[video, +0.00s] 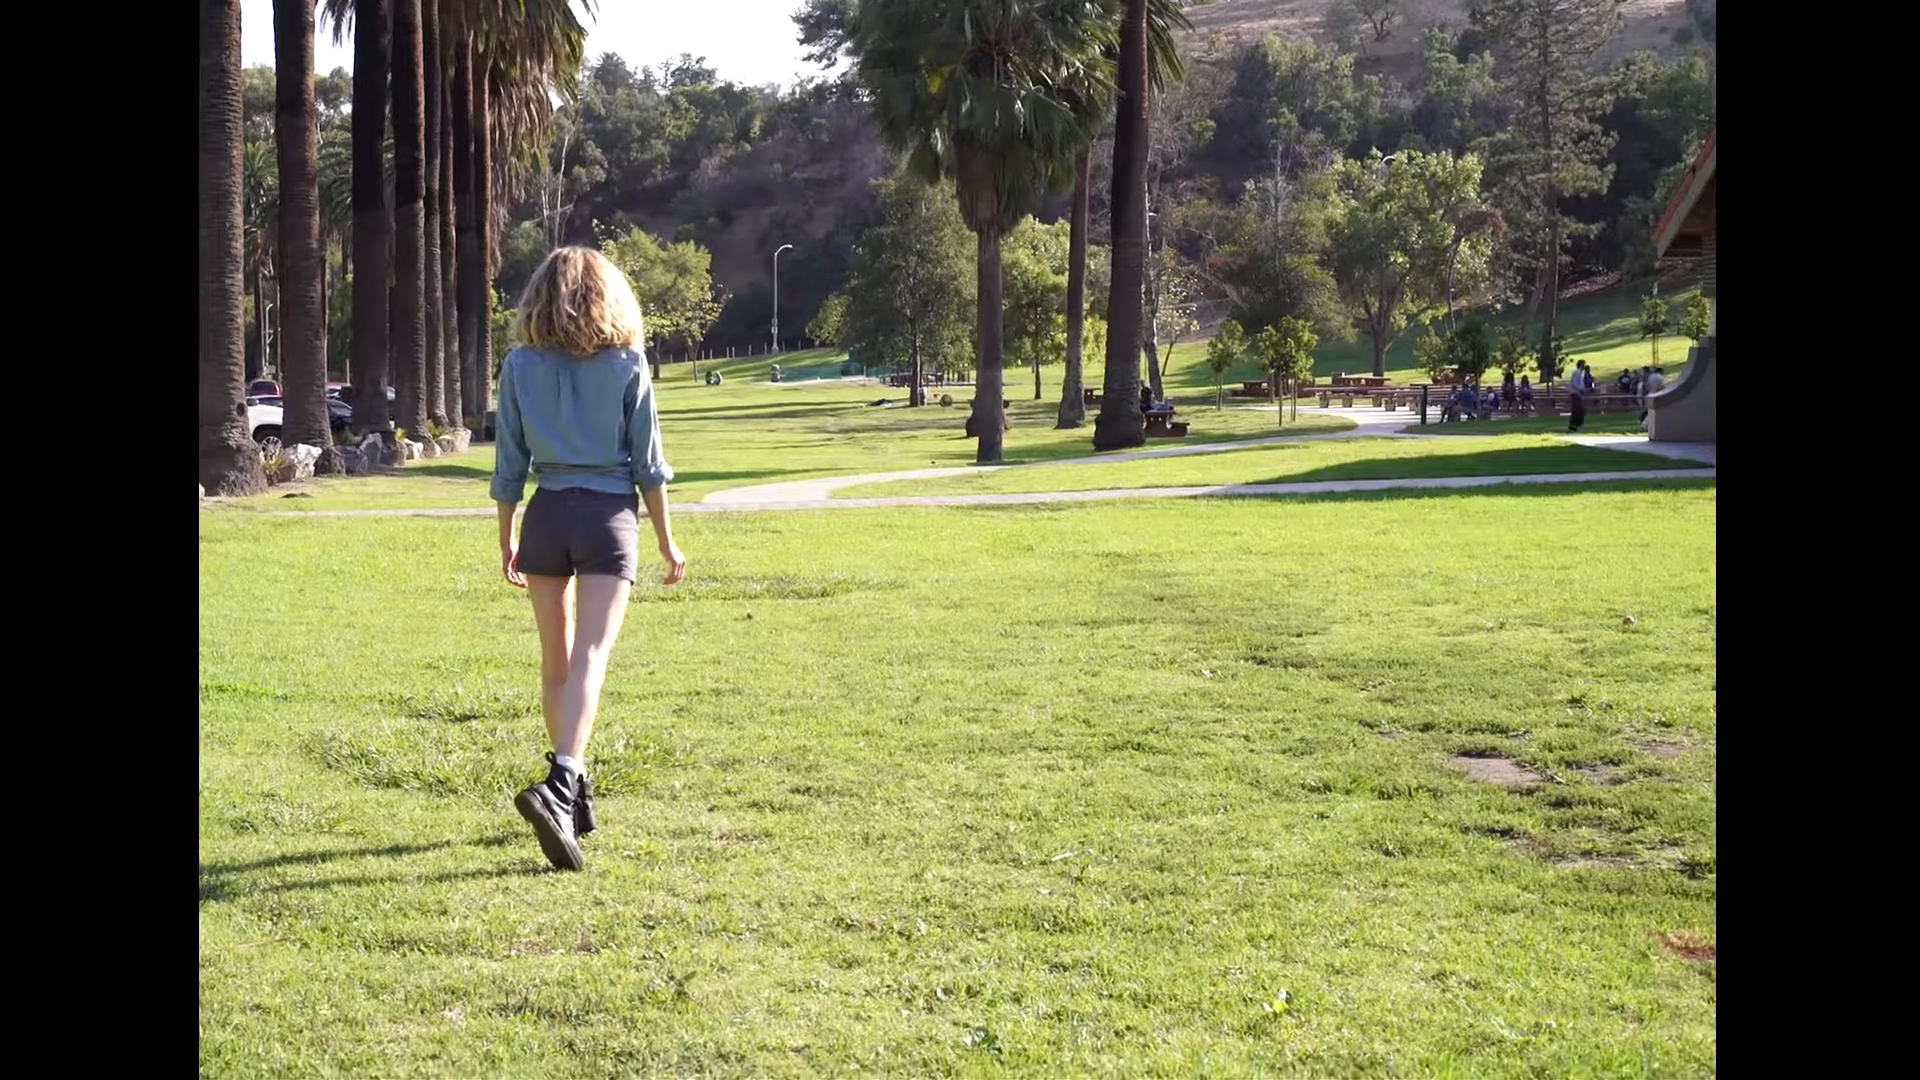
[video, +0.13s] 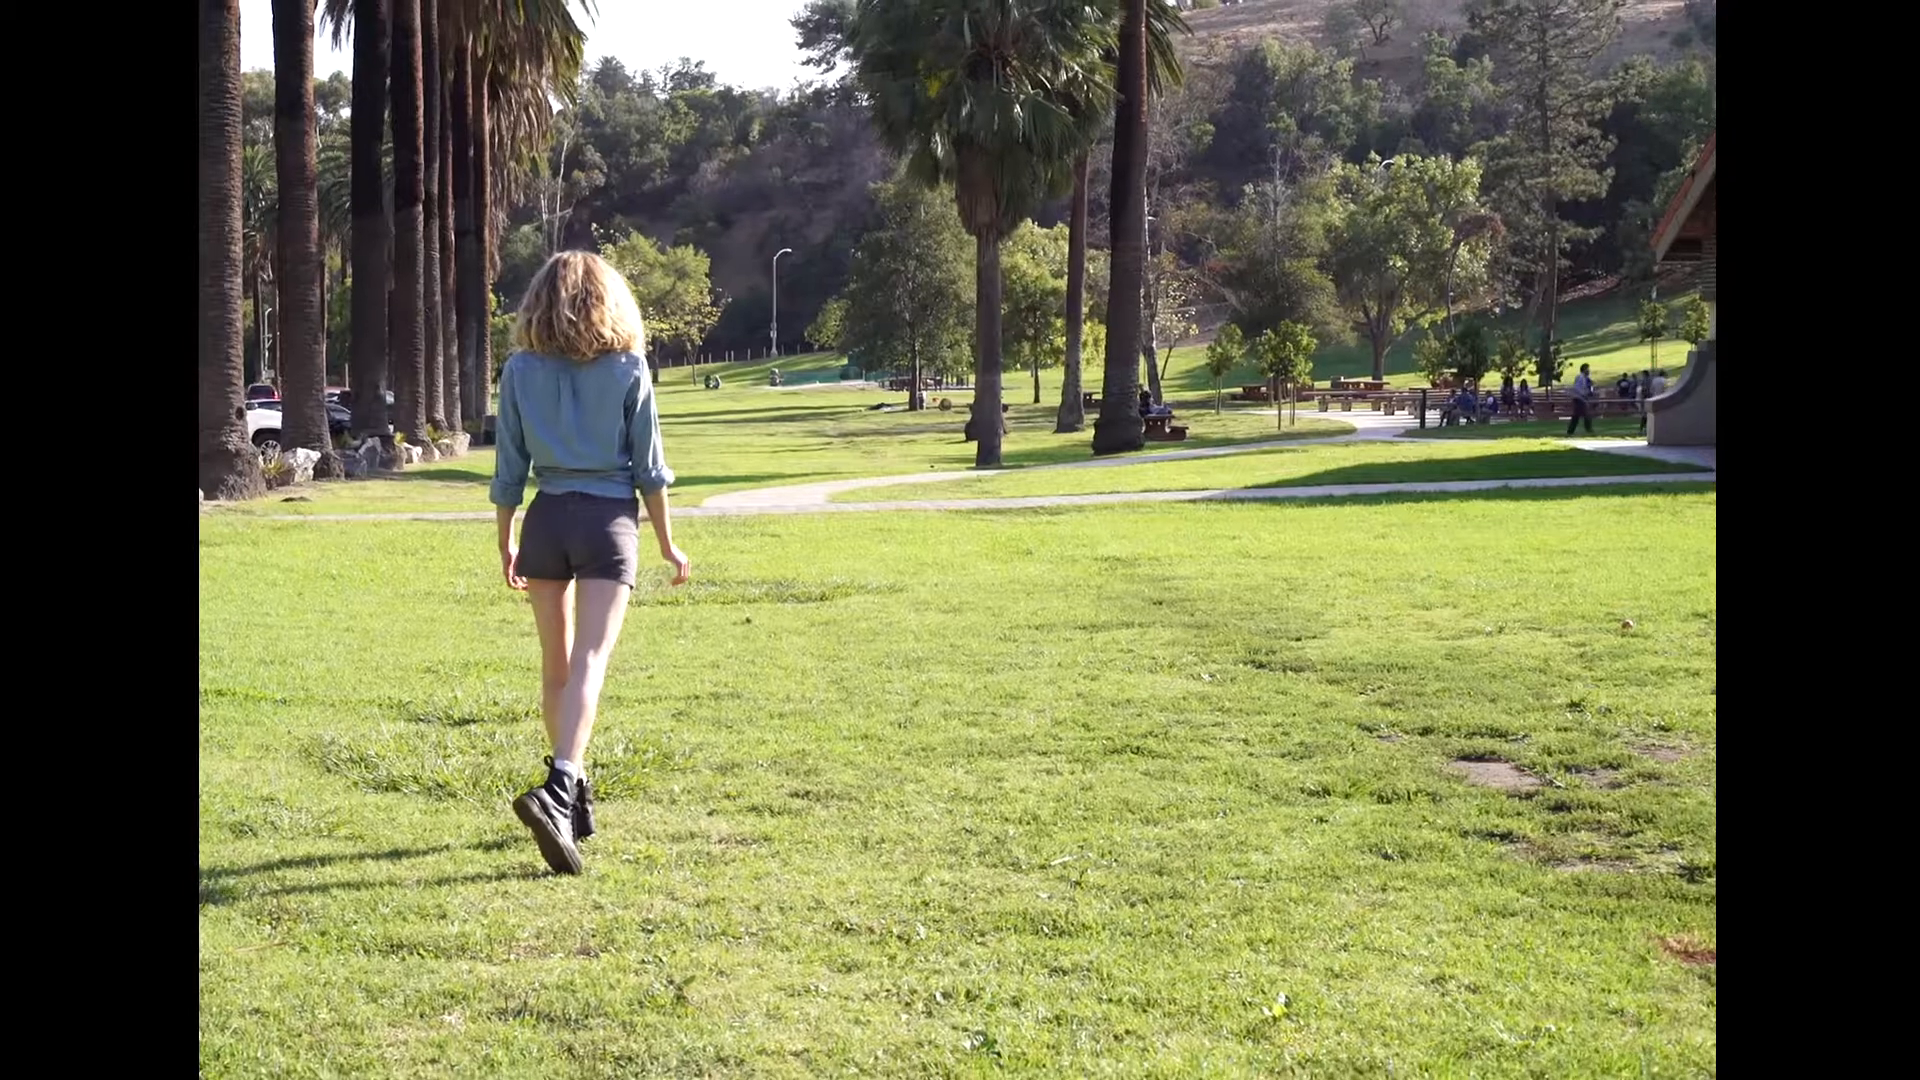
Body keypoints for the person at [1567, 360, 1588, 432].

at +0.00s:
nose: (1584, 366)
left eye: (1584, 364)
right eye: (1583, 364)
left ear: (1579, 365)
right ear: (1580, 365)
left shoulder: (1580, 373)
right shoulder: (1577, 373)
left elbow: (1579, 382)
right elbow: (1574, 383)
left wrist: (1582, 388)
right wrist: (1580, 388)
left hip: (1578, 394)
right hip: (1575, 394)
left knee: (1577, 411)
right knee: (1577, 411)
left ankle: (1574, 426)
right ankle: (1573, 426)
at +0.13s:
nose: (1588, 371)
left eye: (1588, 369)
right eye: (1587, 369)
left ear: (1584, 369)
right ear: (1583, 370)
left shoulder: (1586, 379)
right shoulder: (1580, 378)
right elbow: (1577, 388)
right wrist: (1585, 393)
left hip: (1582, 398)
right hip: (1578, 398)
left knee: (1576, 416)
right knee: (1587, 415)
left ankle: (1570, 431)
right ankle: (1589, 430)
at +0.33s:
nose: (1597, 372)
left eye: (1597, 370)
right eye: (1596, 370)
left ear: (1592, 371)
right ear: (1592, 371)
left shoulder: (1591, 379)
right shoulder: (1587, 379)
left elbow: (1588, 390)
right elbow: (1582, 390)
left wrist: (1590, 398)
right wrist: (1588, 398)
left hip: (1588, 401)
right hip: (1585, 401)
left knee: (1580, 417)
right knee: (1593, 417)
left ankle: (1571, 432)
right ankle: (1598, 432)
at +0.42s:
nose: (1601, 372)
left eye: (1601, 370)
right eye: (1600, 370)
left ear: (1595, 370)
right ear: (1597, 371)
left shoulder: (1591, 378)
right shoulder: (1594, 379)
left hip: (1588, 400)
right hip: (1592, 400)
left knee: (1583, 416)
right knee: (1597, 416)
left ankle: (1574, 430)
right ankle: (1599, 432)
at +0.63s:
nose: (1610, 371)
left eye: (1611, 369)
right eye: (1610, 369)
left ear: (1605, 369)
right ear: (1606, 369)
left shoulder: (1605, 378)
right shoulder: (1601, 378)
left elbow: (1610, 381)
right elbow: (1597, 389)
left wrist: (1612, 374)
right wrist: (1598, 398)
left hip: (1604, 399)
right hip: (1601, 399)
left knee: (1602, 416)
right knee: (1603, 416)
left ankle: (1592, 426)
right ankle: (1601, 433)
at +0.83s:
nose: (1617, 371)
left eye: (1617, 369)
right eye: (1616, 369)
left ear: (1612, 369)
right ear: (1613, 369)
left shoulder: (1612, 378)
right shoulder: (1607, 378)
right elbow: (1605, 390)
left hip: (1610, 399)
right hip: (1606, 400)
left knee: (1605, 417)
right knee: (1613, 415)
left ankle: (1601, 433)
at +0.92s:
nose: (1620, 371)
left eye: (1620, 369)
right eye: (1619, 369)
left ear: (1615, 370)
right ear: (1616, 370)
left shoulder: (1615, 379)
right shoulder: (1610, 378)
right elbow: (1607, 389)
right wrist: (1609, 398)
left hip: (1614, 400)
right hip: (1609, 400)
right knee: (1606, 417)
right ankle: (1601, 433)